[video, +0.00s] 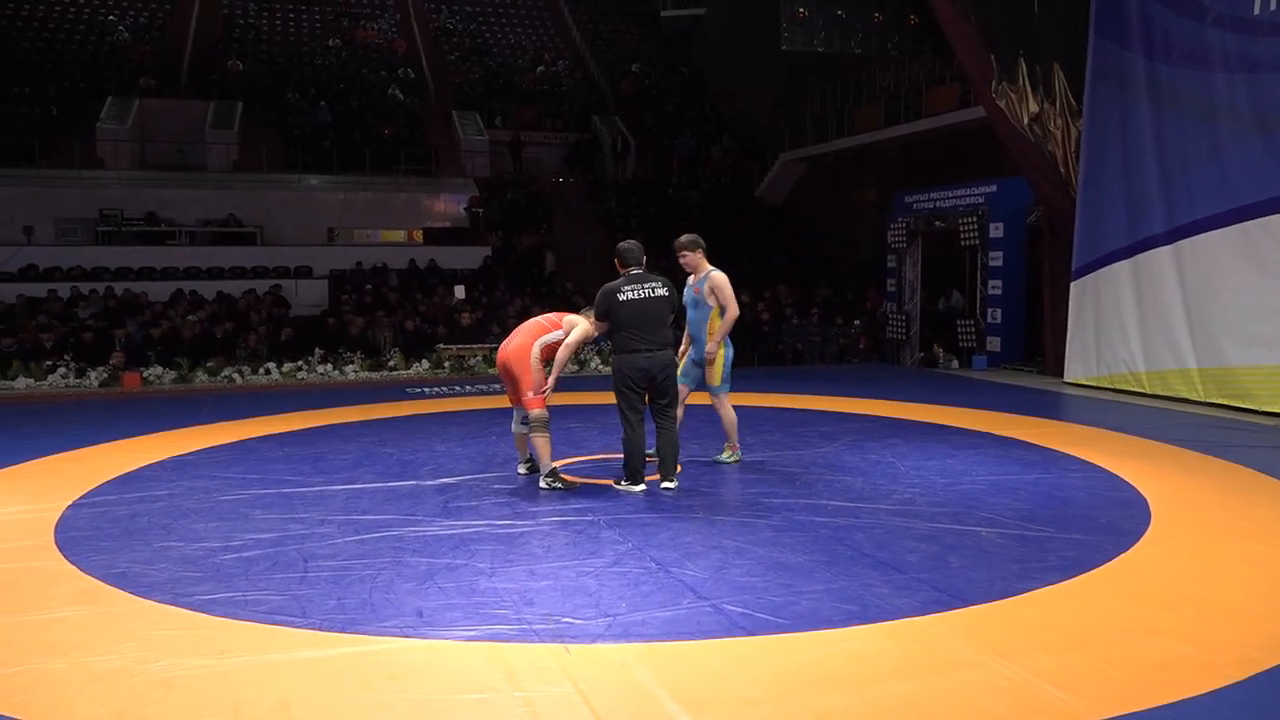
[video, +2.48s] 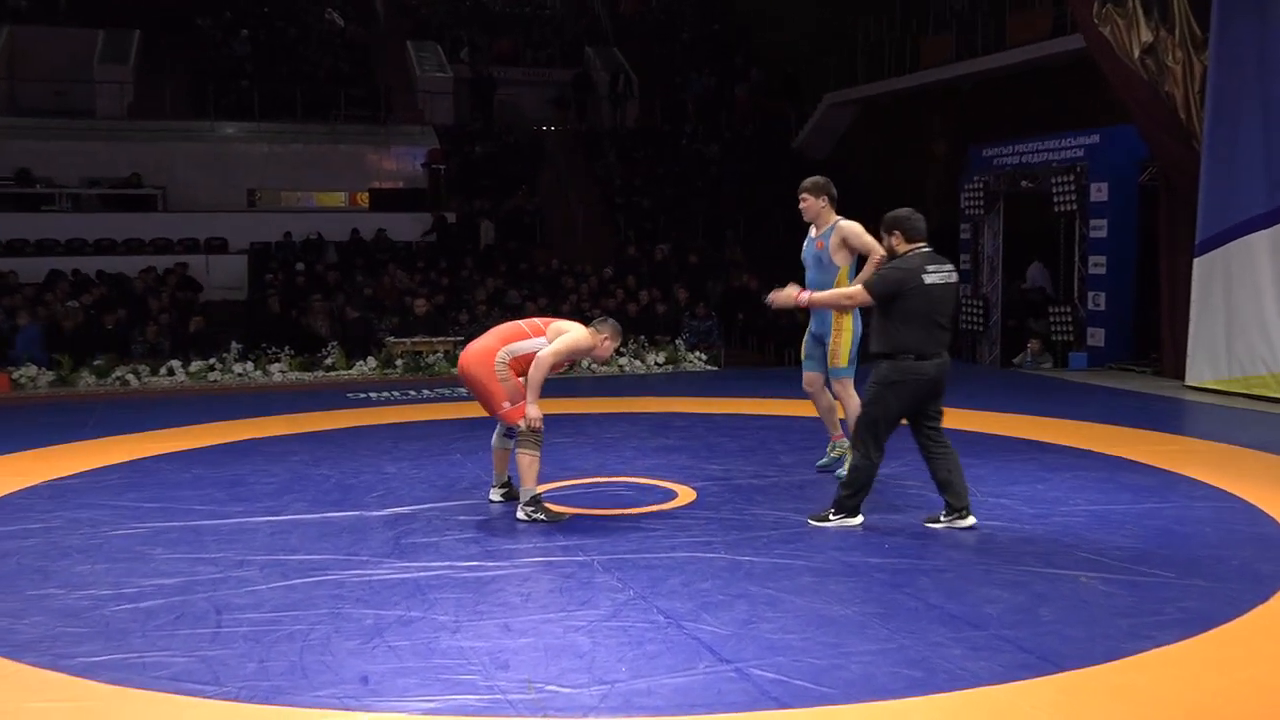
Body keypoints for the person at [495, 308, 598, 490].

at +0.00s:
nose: (596, 335)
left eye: (599, 331)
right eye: (598, 329)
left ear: (583, 314)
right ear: (593, 320)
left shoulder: (562, 319)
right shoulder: (583, 325)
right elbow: (567, 345)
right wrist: (553, 377)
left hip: (504, 354)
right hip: (525, 356)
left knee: (521, 415)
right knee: (539, 415)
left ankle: (525, 461)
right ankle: (548, 474)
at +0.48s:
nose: (606, 371)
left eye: (610, 368)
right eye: (610, 366)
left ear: (599, 349)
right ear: (607, 357)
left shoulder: (580, 351)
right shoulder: (597, 359)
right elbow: (574, 383)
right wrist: (548, 406)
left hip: (502, 356)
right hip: (522, 361)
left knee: (519, 418)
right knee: (538, 420)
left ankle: (529, 462)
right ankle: (553, 475)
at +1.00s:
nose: (615, 349)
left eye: (617, 346)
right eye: (617, 345)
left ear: (599, 331)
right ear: (610, 338)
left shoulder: (580, 334)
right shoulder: (599, 341)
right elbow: (590, 370)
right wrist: (573, 400)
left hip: (507, 370)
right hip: (525, 373)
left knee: (541, 410)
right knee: (567, 415)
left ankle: (532, 460)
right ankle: (556, 473)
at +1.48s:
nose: (613, 376)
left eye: (615, 372)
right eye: (614, 371)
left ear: (594, 361)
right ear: (610, 368)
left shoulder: (577, 368)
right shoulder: (593, 373)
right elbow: (587, 391)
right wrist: (588, 416)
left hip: (521, 434)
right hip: (536, 438)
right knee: (594, 427)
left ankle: (539, 462)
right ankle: (561, 472)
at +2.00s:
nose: (615, 385)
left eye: (616, 379)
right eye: (616, 378)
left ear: (591, 367)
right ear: (606, 375)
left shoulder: (571, 372)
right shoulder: (589, 380)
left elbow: (538, 381)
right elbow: (576, 396)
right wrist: (578, 423)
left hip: (504, 435)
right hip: (518, 443)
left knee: (559, 421)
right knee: (586, 433)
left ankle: (526, 471)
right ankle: (551, 485)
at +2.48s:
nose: (611, 356)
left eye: (614, 350)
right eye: (613, 349)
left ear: (601, 337)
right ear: (604, 339)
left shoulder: (570, 333)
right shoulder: (583, 338)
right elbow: (542, 358)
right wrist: (531, 403)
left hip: (474, 359)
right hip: (490, 362)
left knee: (509, 422)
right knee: (531, 425)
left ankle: (500, 487)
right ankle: (529, 503)